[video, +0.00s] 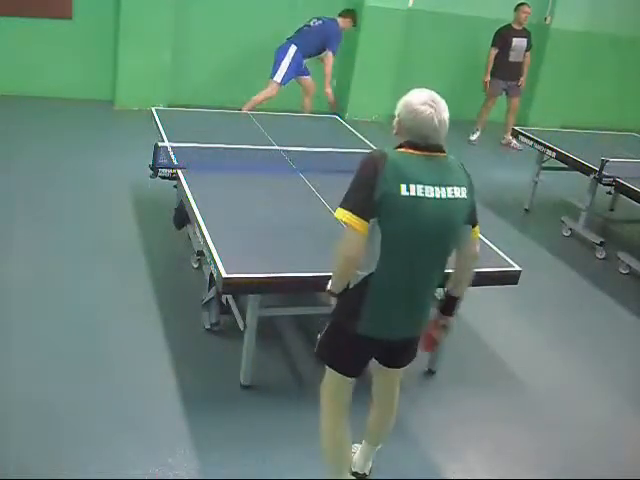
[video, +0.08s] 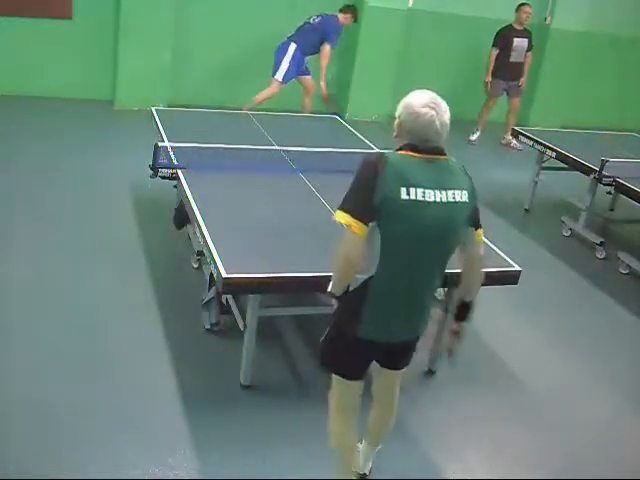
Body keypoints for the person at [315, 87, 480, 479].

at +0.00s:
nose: (392, 122)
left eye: (394, 118)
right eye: (395, 117)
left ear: (399, 126)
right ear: (443, 130)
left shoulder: (380, 165)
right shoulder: (459, 175)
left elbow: (352, 248)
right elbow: (469, 253)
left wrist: (336, 291)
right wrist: (447, 309)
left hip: (366, 307)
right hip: (414, 310)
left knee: (335, 394)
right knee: (387, 385)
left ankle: (340, 473)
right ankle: (362, 464)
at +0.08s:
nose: (391, 126)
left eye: (394, 121)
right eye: (396, 120)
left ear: (400, 128)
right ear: (444, 133)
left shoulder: (380, 168)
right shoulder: (459, 176)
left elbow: (351, 252)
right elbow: (473, 258)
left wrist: (338, 293)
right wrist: (459, 316)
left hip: (366, 309)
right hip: (414, 313)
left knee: (344, 402)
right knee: (387, 391)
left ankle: (348, 471)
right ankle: (365, 463)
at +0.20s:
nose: (392, 128)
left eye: (394, 124)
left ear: (398, 133)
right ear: (445, 137)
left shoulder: (377, 174)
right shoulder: (461, 182)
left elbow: (349, 253)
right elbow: (485, 259)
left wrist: (340, 301)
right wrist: (481, 318)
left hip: (368, 318)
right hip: (414, 320)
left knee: (354, 415)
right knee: (389, 387)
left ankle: (355, 470)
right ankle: (367, 459)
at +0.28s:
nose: (391, 131)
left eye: (394, 126)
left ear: (398, 136)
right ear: (445, 140)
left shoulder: (377, 179)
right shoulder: (462, 185)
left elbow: (347, 256)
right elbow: (487, 261)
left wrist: (339, 305)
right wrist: (483, 321)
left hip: (370, 322)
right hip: (417, 325)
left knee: (358, 416)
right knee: (390, 390)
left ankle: (358, 468)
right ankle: (367, 458)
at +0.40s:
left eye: (391, 137)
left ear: (393, 146)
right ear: (443, 147)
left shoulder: (371, 191)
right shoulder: (464, 194)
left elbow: (344, 273)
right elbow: (488, 275)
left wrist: (339, 317)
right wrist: (475, 331)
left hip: (372, 334)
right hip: (424, 335)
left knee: (361, 440)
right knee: (389, 408)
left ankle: (360, 467)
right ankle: (368, 455)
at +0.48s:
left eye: (390, 141)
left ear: (392, 149)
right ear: (441, 148)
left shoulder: (371, 195)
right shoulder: (465, 197)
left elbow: (343, 276)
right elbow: (490, 277)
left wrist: (341, 321)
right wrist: (470, 328)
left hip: (373, 337)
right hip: (427, 337)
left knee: (361, 443)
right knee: (390, 416)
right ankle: (369, 452)